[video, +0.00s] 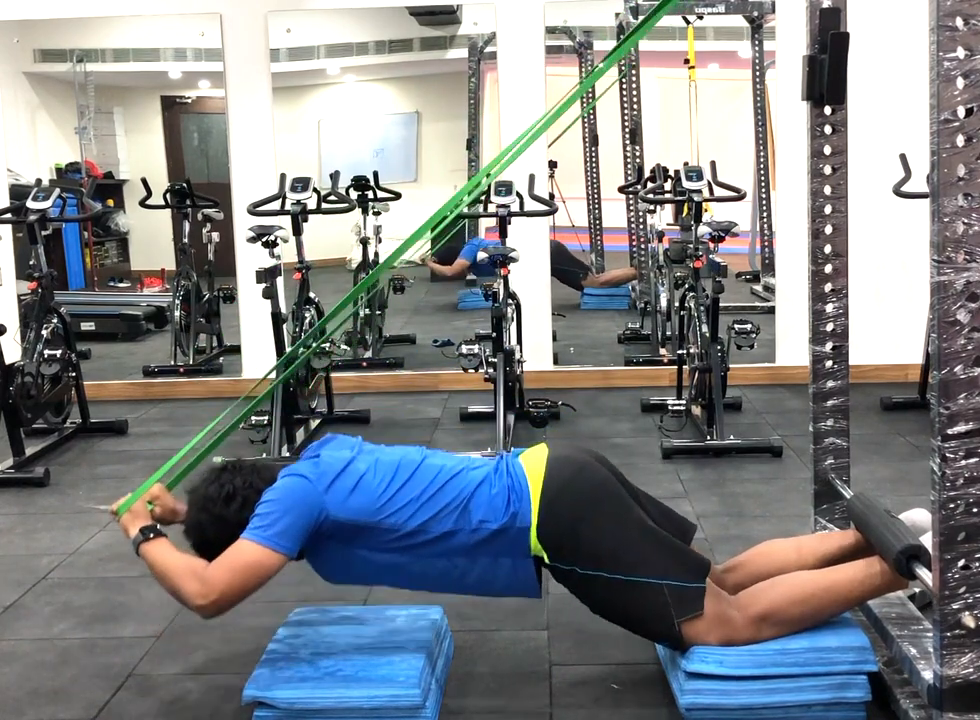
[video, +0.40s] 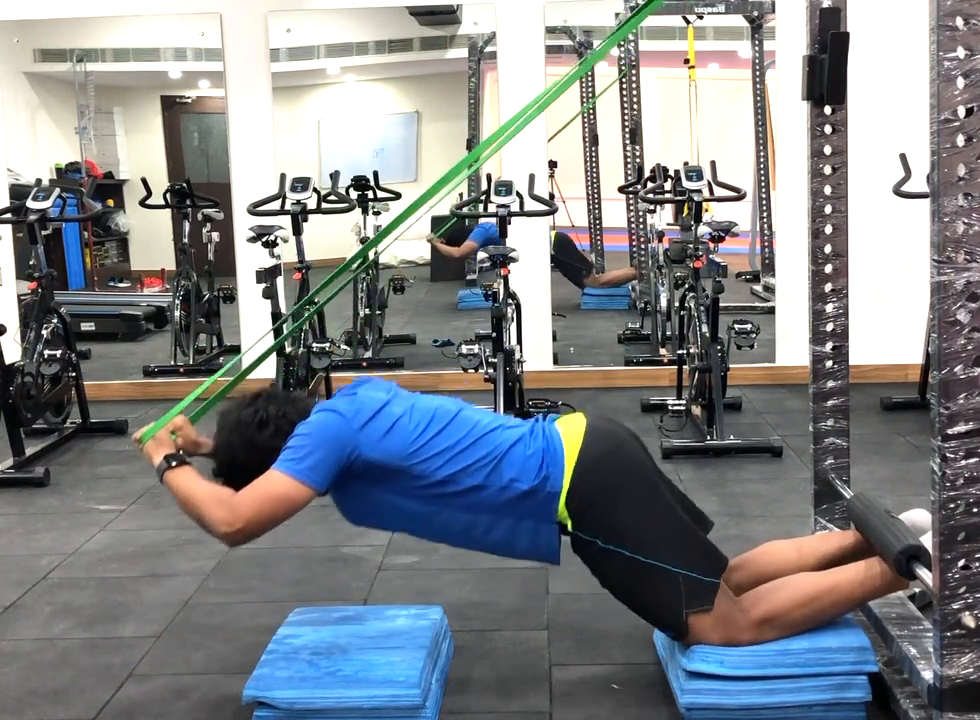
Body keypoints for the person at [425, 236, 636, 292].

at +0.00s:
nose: (451, 270)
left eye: (449, 266)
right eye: (448, 267)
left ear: (455, 258)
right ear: (457, 249)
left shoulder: (472, 247)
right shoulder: (476, 244)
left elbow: (453, 272)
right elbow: (455, 271)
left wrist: (431, 264)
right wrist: (435, 265)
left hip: (547, 253)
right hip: (547, 249)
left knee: (592, 282)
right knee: (592, 279)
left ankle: (641, 271)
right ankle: (641, 270)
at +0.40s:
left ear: (468, 226)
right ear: (472, 221)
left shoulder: (484, 227)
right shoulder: (492, 222)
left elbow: (459, 253)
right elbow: (462, 250)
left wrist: (434, 242)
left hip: (555, 243)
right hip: (553, 242)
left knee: (593, 281)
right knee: (591, 279)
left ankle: (642, 270)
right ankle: (640, 270)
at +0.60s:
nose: (483, 202)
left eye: (486, 198)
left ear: (493, 199)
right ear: (504, 198)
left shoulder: (492, 217)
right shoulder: (504, 213)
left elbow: (465, 244)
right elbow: (470, 242)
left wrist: (442, 234)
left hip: (561, 240)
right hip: (559, 241)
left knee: (594, 280)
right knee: (592, 279)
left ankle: (642, 269)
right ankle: (641, 269)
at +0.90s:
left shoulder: (506, 208)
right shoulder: (505, 208)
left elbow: (479, 223)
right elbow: (479, 222)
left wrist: (455, 214)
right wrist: (457, 213)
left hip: (571, 236)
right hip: (568, 238)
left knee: (596, 279)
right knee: (593, 279)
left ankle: (643, 271)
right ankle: (641, 270)